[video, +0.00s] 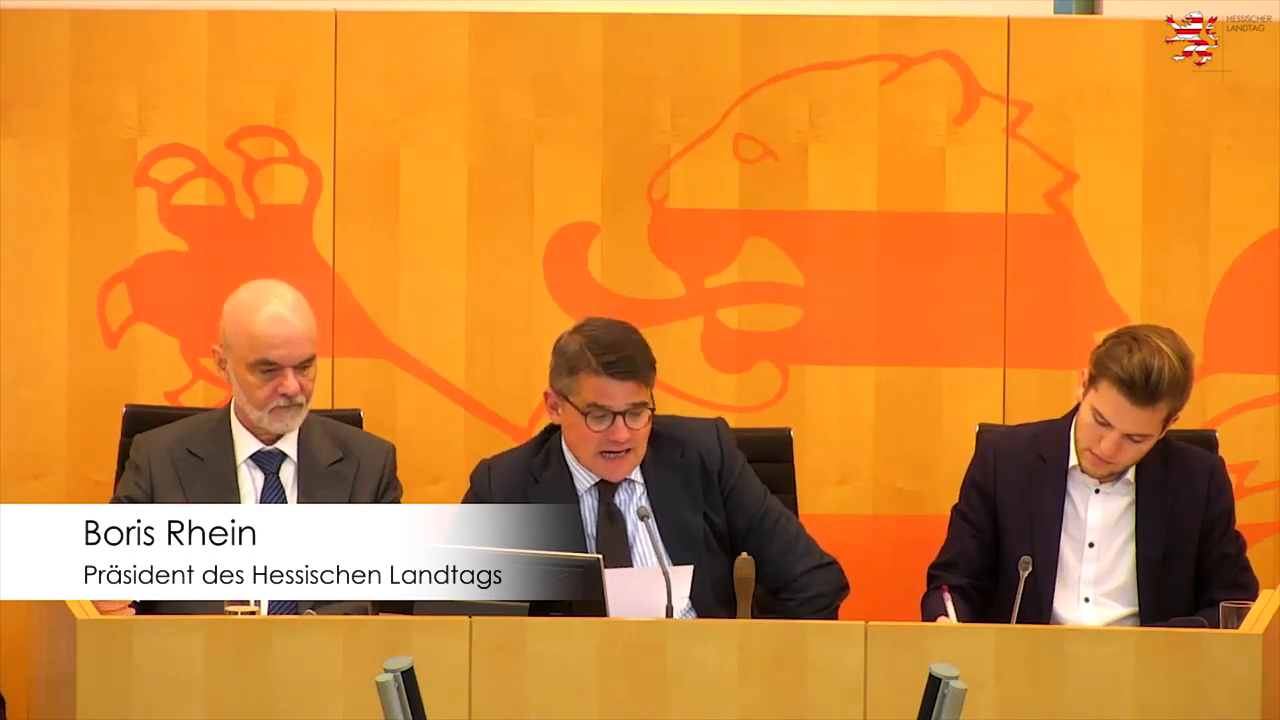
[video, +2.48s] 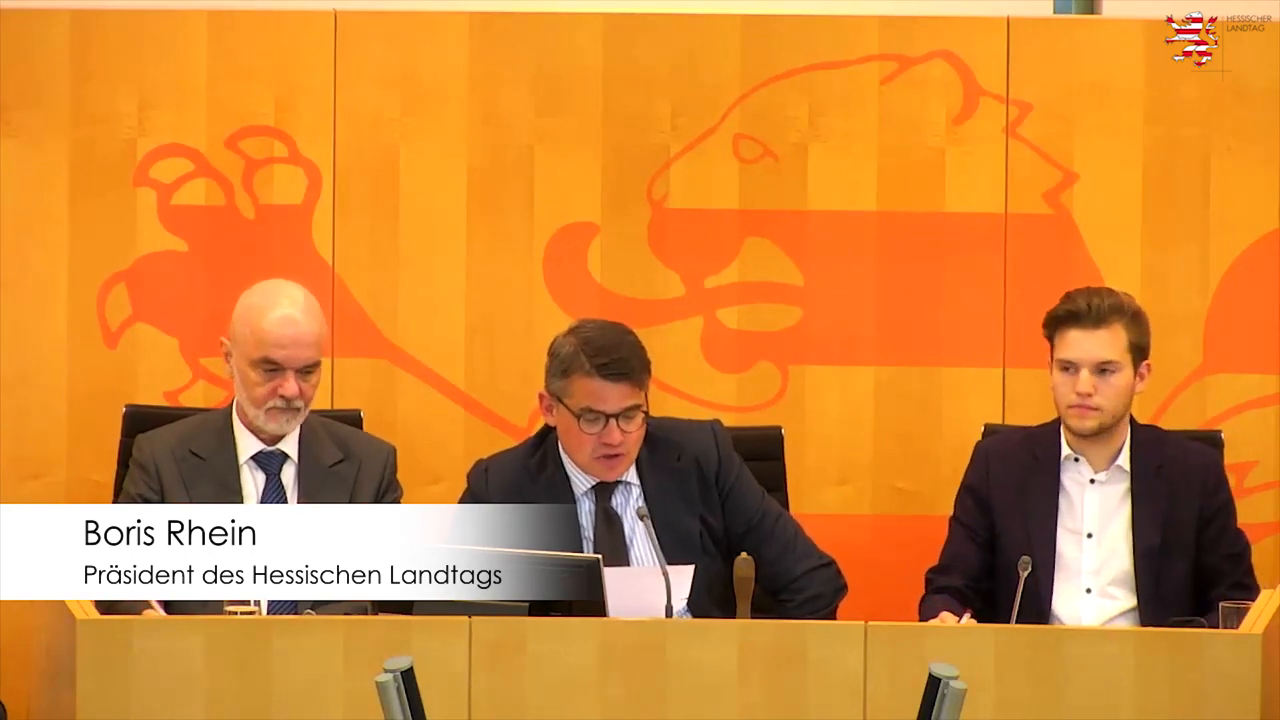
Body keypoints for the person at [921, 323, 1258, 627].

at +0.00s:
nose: (1108, 447)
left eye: (1134, 438)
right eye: (1100, 420)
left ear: (1167, 424)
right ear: (1083, 383)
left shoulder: (1200, 478)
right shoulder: (1003, 457)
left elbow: (1237, 601)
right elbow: (953, 583)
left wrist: (1168, 644)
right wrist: (952, 634)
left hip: (1151, 680)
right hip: (1025, 672)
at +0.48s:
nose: (1108, 438)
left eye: (1134, 427)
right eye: (1099, 411)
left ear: (1167, 415)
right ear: (1082, 379)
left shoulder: (1201, 477)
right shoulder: (1002, 459)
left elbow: (1238, 605)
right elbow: (956, 585)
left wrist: (1159, 644)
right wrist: (947, 620)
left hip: (1153, 681)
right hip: (1026, 672)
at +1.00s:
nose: (1095, 422)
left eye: (1117, 404)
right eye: (1079, 400)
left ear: (1146, 389)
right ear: (1055, 381)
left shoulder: (1191, 473)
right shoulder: (997, 459)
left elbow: (1225, 606)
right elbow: (956, 587)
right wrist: (941, 617)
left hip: (1150, 680)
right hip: (1022, 674)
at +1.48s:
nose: (1102, 422)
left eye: (1121, 400)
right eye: (1081, 401)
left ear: (1145, 380)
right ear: (1054, 385)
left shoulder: (1199, 472)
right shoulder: (1005, 459)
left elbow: (1214, 610)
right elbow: (961, 588)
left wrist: (1112, 511)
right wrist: (935, 619)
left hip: (1150, 680)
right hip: (1023, 674)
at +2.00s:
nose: (1110, 394)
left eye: (1127, 374)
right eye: (1089, 376)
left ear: (1148, 374)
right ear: (1058, 379)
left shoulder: (1206, 471)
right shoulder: (1009, 462)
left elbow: (1246, 606)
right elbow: (965, 589)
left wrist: (1169, 632)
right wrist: (948, 616)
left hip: (1158, 676)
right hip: (1033, 669)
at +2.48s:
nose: (1083, 387)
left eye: (1105, 370)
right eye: (1068, 369)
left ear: (1140, 376)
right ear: (1050, 372)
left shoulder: (1194, 469)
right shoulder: (999, 460)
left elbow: (1237, 601)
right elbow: (951, 585)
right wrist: (947, 624)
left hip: (1156, 674)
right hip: (1025, 670)